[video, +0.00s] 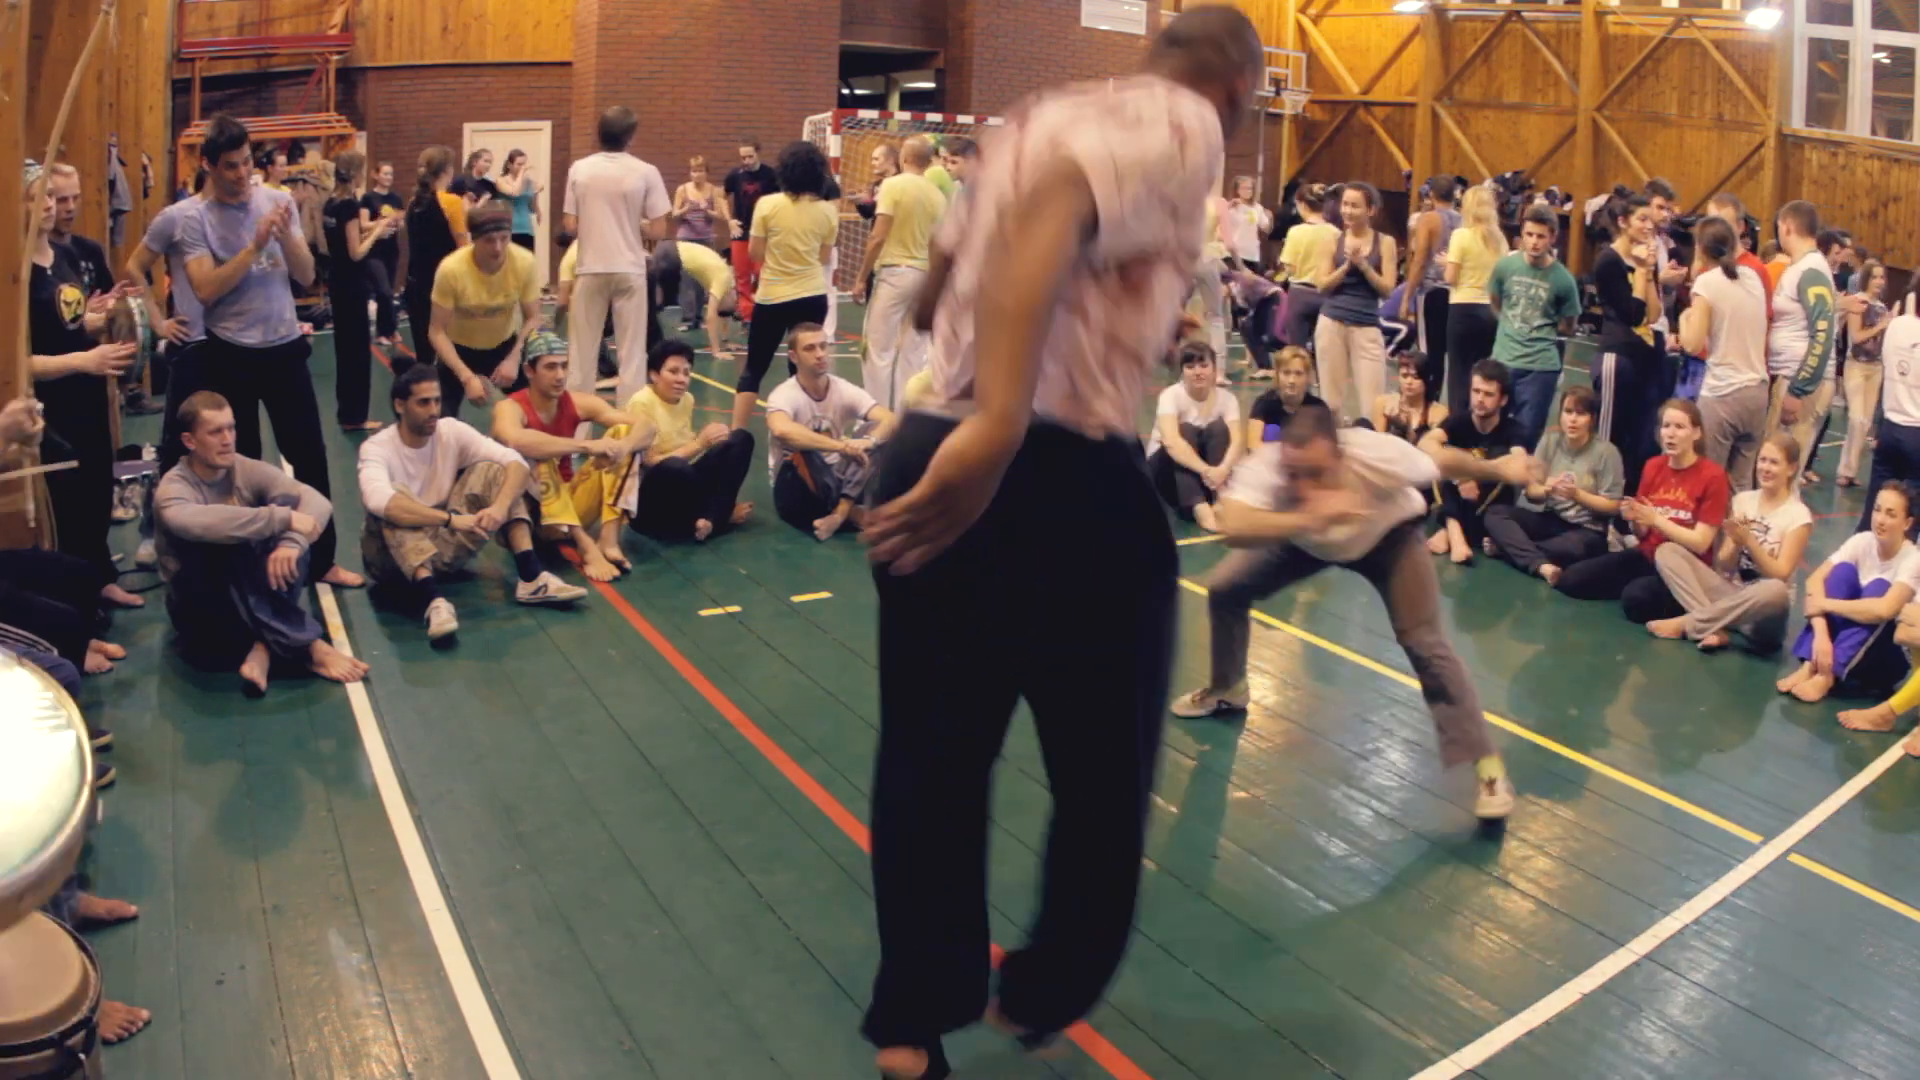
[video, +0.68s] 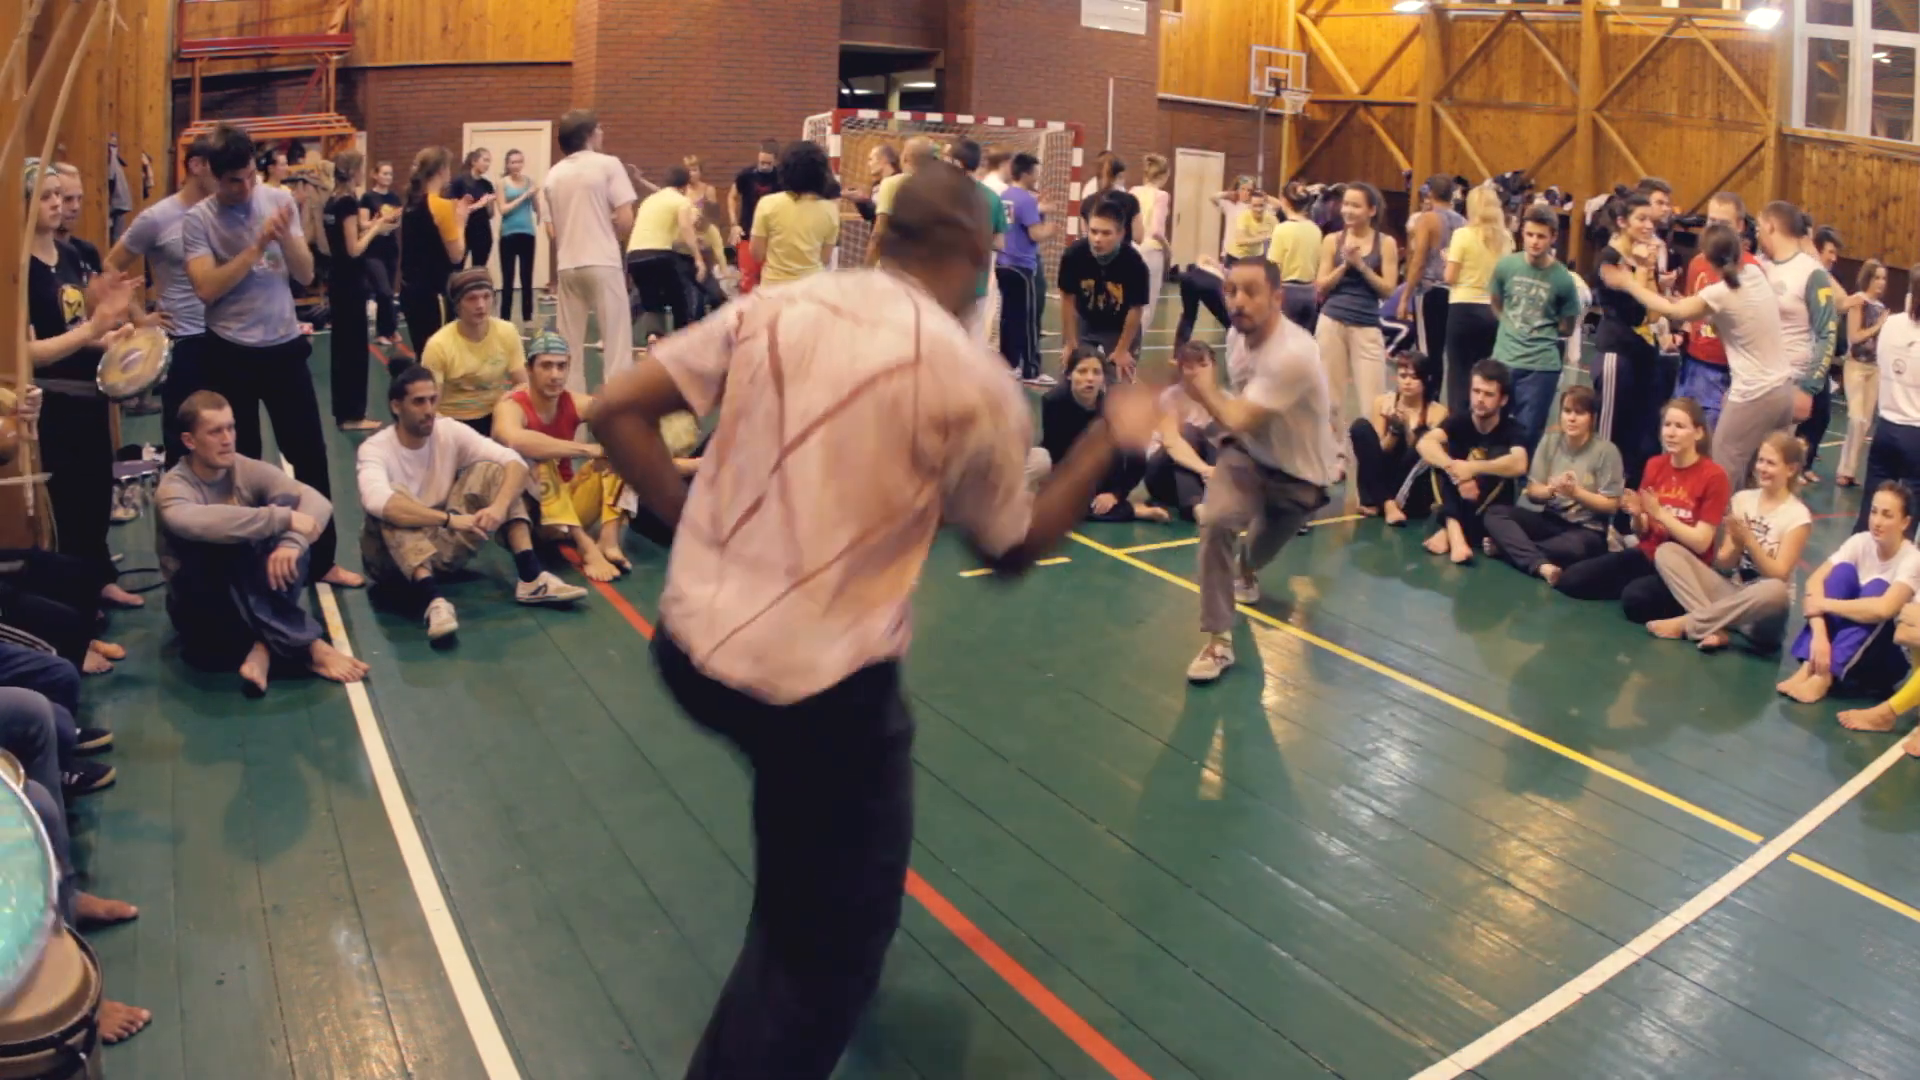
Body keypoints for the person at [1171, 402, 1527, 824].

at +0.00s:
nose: (1302, 478)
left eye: (1311, 467)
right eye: (1293, 467)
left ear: (1335, 449)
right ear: (1282, 451)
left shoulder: (1375, 455)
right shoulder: (1269, 461)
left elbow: (1445, 463)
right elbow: (1230, 522)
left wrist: (1504, 469)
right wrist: (1304, 521)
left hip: (1388, 534)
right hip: (1307, 540)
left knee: (1423, 641)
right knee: (1226, 588)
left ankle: (1486, 764)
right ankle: (1228, 690)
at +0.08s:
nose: (1246, 468)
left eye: (1256, 455)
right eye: (1236, 458)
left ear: (1283, 438)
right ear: (1224, 447)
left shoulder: (1328, 444)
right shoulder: (1213, 459)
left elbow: (1422, 448)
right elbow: (1156, 504)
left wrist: (1502, 463)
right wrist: (1095, 523)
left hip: (1360, 512)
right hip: (1278, 524)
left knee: (1408, 618)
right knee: (1211, 570)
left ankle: (1493, 725)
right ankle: (1226, 687)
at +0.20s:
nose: (1201, 428)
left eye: (1210, 413)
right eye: (1190, 417)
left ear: (1239, 398)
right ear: (1179, 412)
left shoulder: (1293, 423)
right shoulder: (1171, 431)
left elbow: (1387, 463)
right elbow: (1101, 471)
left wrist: (1436, 509)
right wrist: (1038, 501)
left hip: (1335, 497)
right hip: (1253, 502)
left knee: (1388, 591)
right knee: (1202, 562)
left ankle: (1445, 643)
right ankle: (1226, 682)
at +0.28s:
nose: (1196, 388)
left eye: (1204, 374)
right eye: (1185, 378)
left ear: (1233, 363)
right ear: (1177, 379)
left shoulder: (1278, 388)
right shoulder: (1179, 406)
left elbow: (1322, 463)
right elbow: (1129, 447)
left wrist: (1303, 507)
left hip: (1323, 480)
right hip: (1253, 486)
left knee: (1362, 560)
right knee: (1205, 561)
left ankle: (1393, 595)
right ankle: (1225, 680)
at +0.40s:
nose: (1202, 334)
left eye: (1211, 319)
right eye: (1194, 323)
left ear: (1241, 312)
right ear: (1187, 325)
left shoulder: (1282, 348)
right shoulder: (1211, 356)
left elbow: (1228, 428)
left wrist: (1136, 421)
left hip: (1319, 466)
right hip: (1254, 458)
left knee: (1308, 537)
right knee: (1227, 547)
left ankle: (1300, 566)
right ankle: (1226, 674)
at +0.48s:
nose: (1211, 316)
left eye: (1221, 302)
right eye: (1204, 305)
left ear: (1250, 298)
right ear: (1199, 307)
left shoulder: (1282, 341)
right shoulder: (1221, 342)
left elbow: (1220, 412)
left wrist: (1159, 388)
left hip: (1314, 460)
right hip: (1252, 448)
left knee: (1283, 533)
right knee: (1230, 536)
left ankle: (1256, 554)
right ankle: (1233, 648)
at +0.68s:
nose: (1238, 302)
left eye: (1250, 292)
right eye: (1232, 291)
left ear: (1277, 296)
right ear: (1226, 294)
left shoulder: (1296, 353)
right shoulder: (1239, 338)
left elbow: (1241, 420)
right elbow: (1244, 401)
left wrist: (1204, 389)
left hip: (1299, 480)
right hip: (1246, 455)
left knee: (1260, 550)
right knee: (1216, 522)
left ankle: (1245, 570)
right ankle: (1218, 639)